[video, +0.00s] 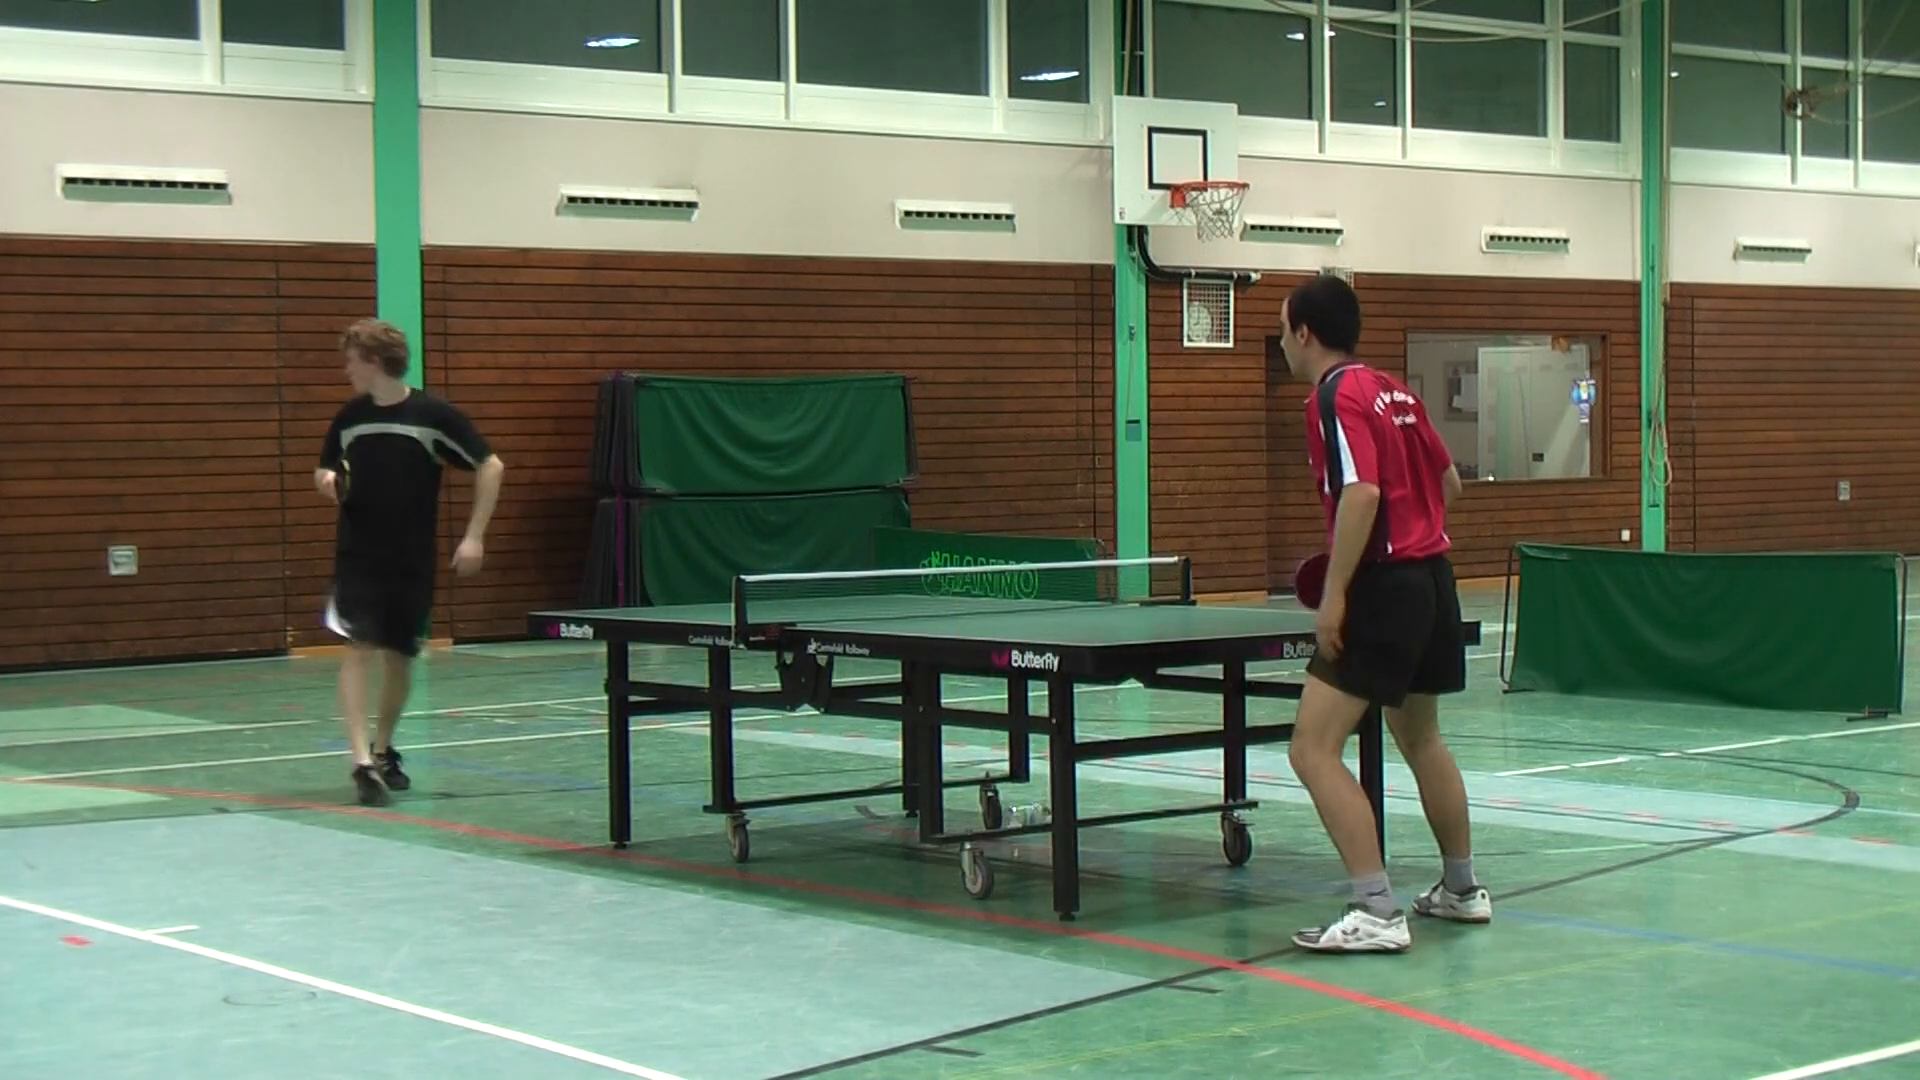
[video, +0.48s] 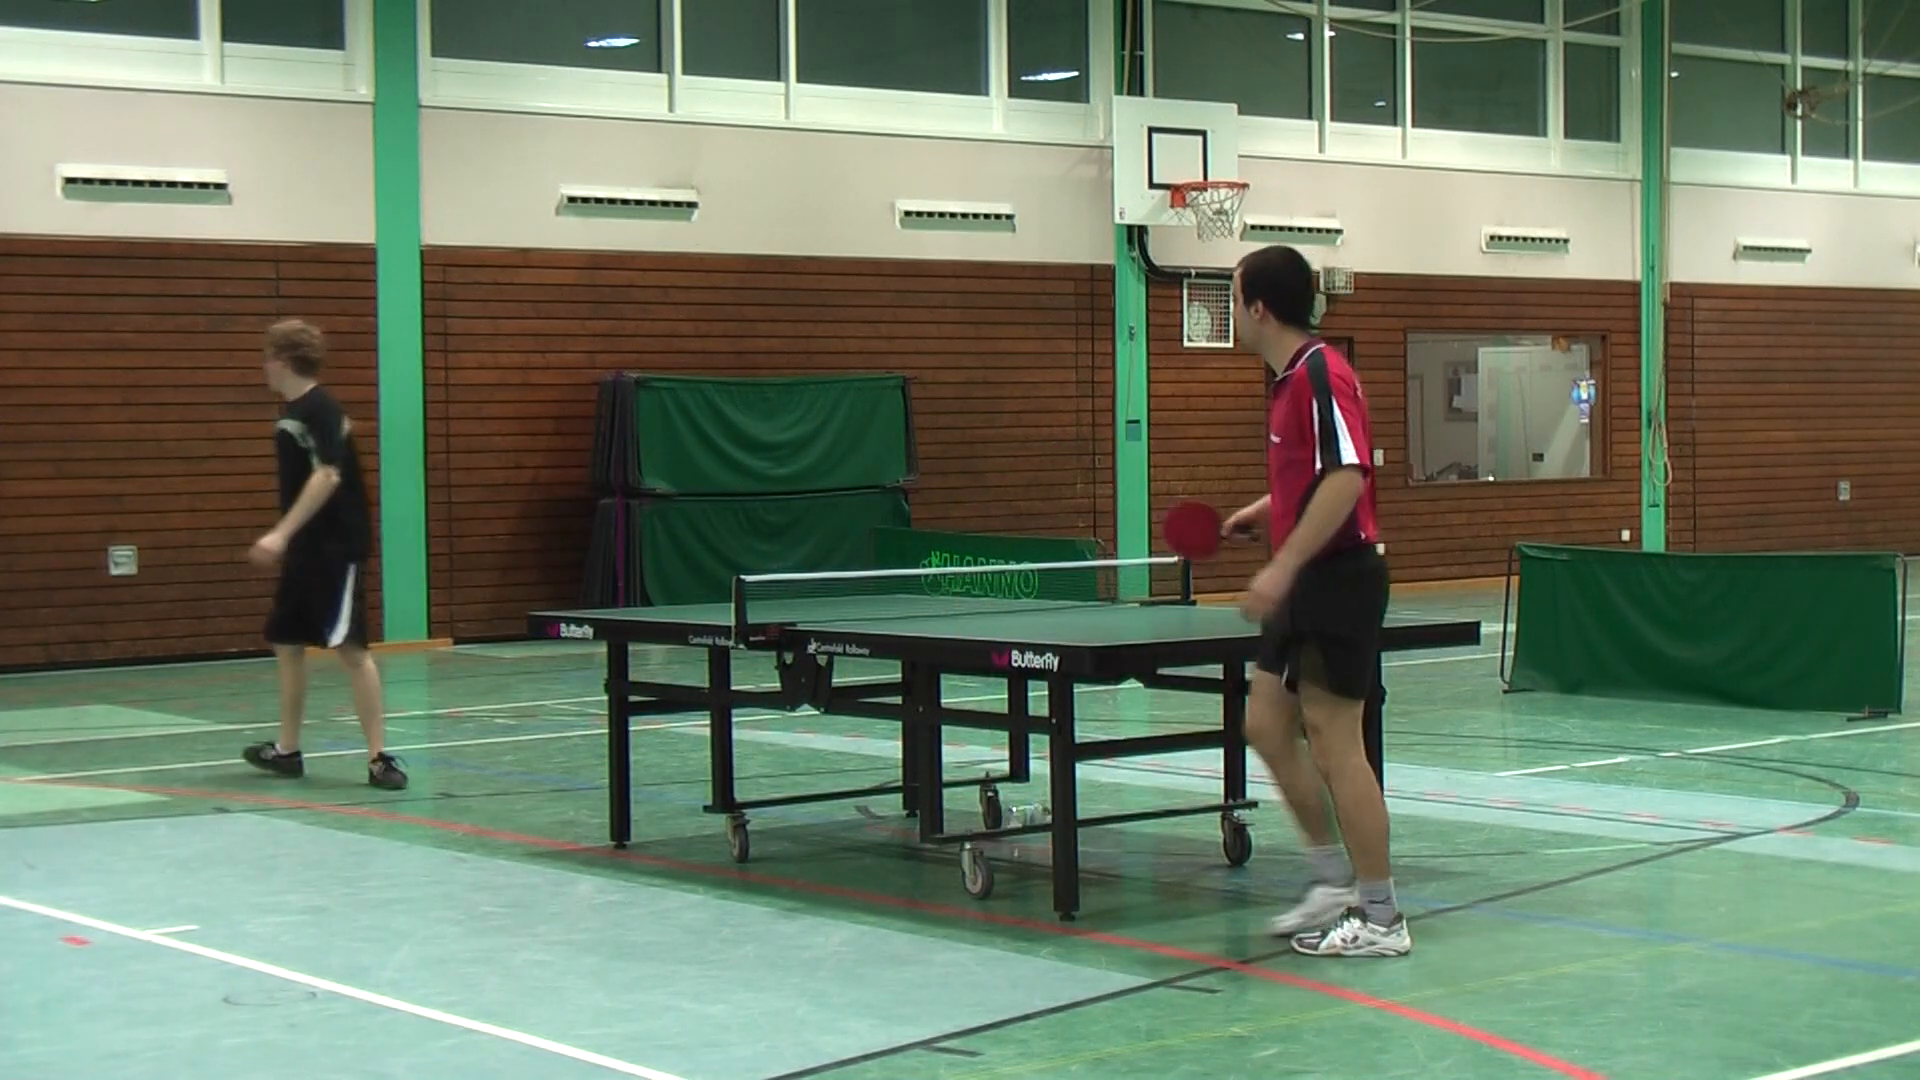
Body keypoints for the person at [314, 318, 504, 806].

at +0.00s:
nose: (346, 369)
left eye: (352, 360)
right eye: (347, 360)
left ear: (376, 363)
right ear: (373, 364)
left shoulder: (434, 413)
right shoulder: (349, 418)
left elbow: (490, 466)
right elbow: (324, 475)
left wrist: (474, 537)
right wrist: (332, 484)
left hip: (413, 559)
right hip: (359, 557)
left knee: (399, 657)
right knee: (359, 650)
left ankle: (383, 747)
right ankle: (361, 761)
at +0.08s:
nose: (337, 364)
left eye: (341, 355)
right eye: (338, 355)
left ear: (362, 360)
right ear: (368, 358)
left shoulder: (418, 415)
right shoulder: (348, 414)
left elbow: (467, 468)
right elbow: (334, 470)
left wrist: (457, 543)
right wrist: (324, 479)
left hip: (399, 558)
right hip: (345, 554)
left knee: (387, 656)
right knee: (339, 649)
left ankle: (381, 754)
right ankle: (333, 758)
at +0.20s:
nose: (320, 360)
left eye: (325, 352)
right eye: (321, 352)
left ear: (346, 355)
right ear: (350, 355)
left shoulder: (392, 406)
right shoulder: (342, 407)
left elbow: (418, 472)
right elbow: (346, 467)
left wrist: (413, 543)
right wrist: (313, 488)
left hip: (381, 547)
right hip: (335, 544)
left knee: (377, 649)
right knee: (307, 642)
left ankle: (381, 756)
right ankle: (306, 753)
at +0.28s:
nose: (306, 361)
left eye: (310, 352)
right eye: (307, 352)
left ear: (331, 355)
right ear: (334, 355)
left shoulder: (376, 406)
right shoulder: (332, 409)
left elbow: (390, 476)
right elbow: (336, 482)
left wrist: (375, 544)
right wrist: (297, 514)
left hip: (370, 547)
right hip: (328, 544)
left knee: (371, 649)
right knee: (295, 636)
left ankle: (380, 757)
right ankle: (294, 748)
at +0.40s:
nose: (283, 364)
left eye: (287, 356)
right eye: (284, 355)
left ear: (306, 359)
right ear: (315, 359)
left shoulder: (345, 404)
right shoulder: (313, 408)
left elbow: (354, 474)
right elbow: (321, 482)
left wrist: (312, 539)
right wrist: (306, 542)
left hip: (356, 548)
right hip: (320, 546)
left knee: (362, 647)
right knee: (287, 635)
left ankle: (380, 757)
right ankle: (286, 746)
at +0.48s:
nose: (264, 367)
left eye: (268, 358)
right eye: (266, 358)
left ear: (287, 362)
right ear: (296, 362)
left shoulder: (320, 410)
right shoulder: (293, 410)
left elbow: (327, 474)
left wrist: (280, 533)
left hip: (337, 548)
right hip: (306, 546)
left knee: (351, 648)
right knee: (287, 640)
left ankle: (379, 757)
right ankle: (287, 749)